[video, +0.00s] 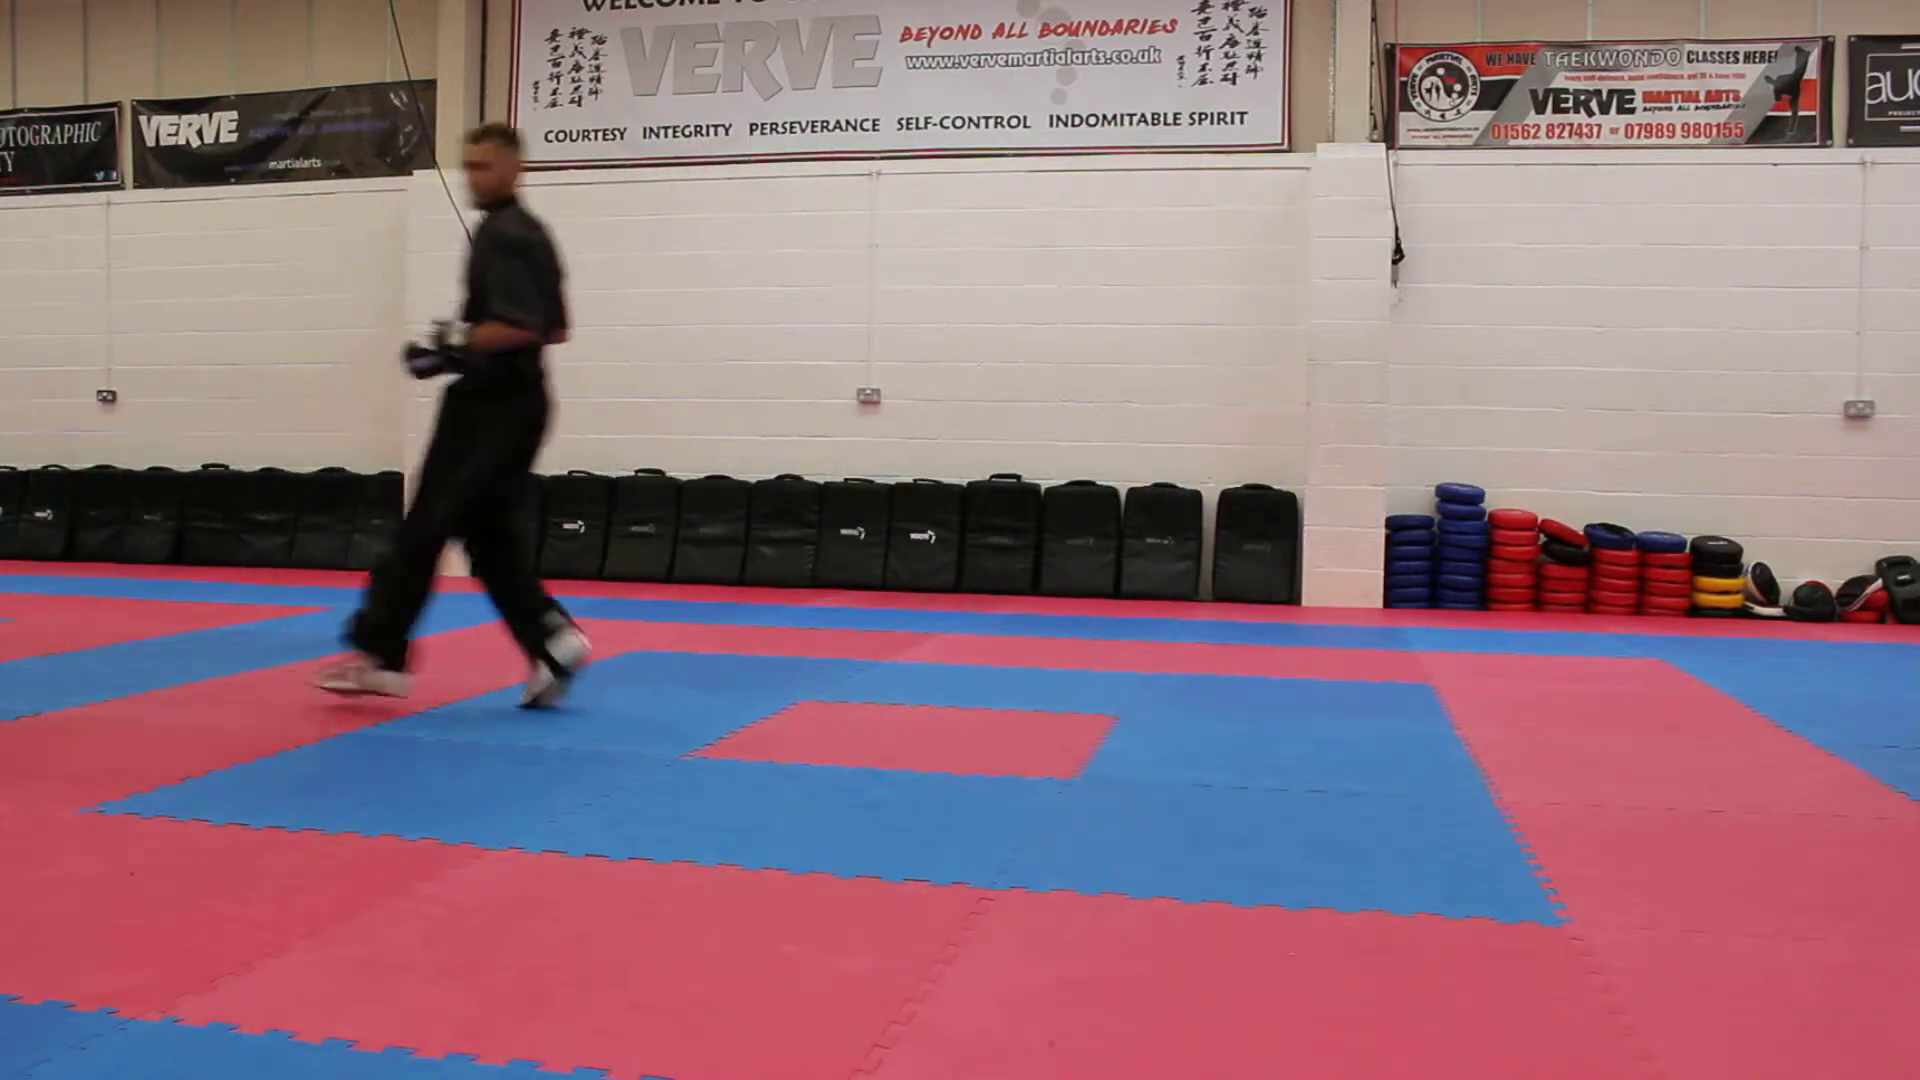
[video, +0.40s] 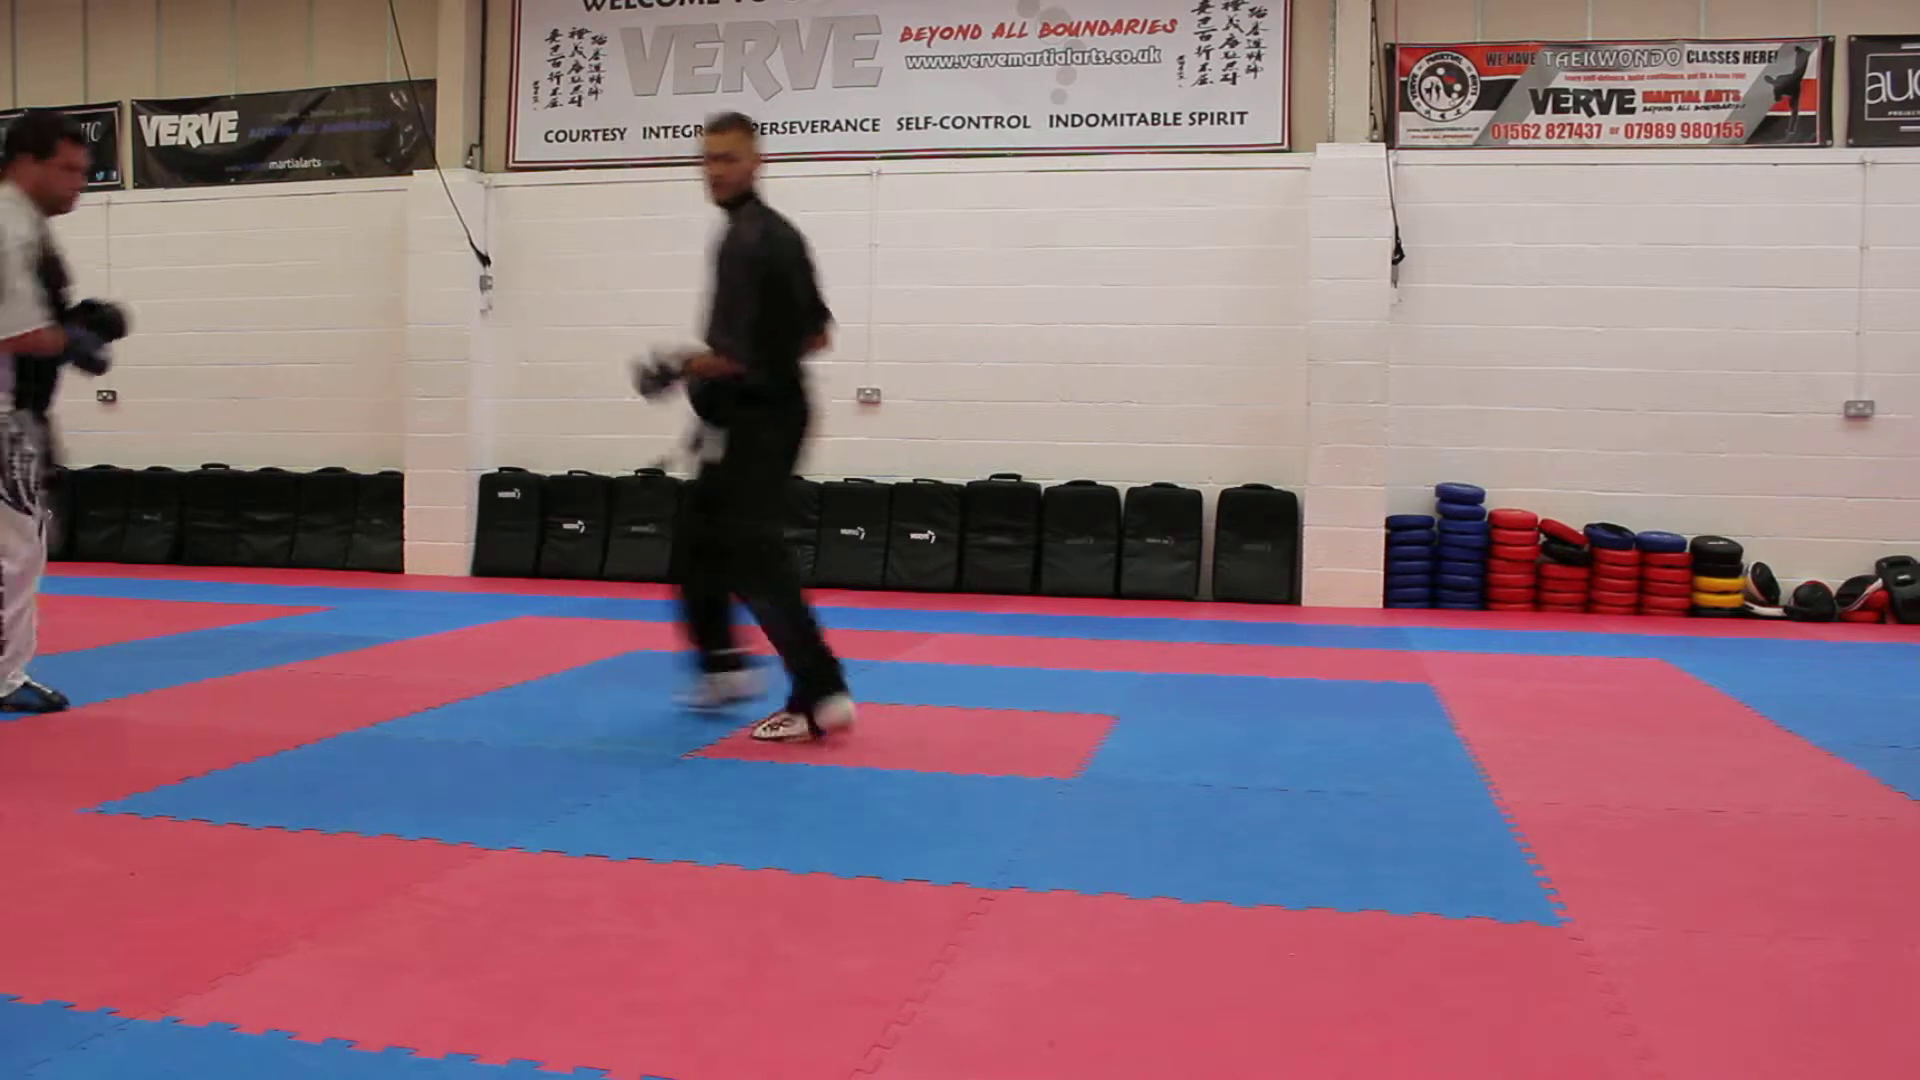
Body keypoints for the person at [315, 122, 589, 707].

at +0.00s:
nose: (471, 176)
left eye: (482, 166)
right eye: (468, 166)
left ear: (513, 168)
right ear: (477, 169)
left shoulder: (504, 235)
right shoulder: (523, 232)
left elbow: (523, 326)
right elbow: (554, 326)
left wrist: (455, 348)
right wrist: (470, 338)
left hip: (490, 403)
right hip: (516, 401)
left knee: (428, 522)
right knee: (488, 530)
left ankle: (381, 656)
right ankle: (551, 641)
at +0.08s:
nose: (523, 182)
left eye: (535, 171)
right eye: (518, 171)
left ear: (564, 172)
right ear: (514, 172)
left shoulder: (550, 245)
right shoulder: (569, 240)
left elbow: (549, 344)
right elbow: (594, 335)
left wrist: (483, 357)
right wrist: (507, 346)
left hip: (527, 411)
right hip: (560, 409)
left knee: (462, 527)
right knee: (527, 533)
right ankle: (578, 662)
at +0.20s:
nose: (597, 170)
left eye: (608, 159)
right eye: (590, 160)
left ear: (631, 161)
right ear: (585, 165)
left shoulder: (616, 230)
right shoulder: (640, 227)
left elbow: (610, 331)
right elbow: (690, 311)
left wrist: (558, 319)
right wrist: (636, 349)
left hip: (609, 404)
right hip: (632, 403)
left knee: (566, 535)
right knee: (579, 536)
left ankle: (646, 646)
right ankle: (583, 675)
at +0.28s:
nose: (644, 157)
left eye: (655, 145)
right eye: (637, 146)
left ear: (680, 148)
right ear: (634, 151)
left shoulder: (661, 219)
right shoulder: (700, 214)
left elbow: (658, 322)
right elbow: (752, 298)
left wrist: (608, 317)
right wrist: (691, 332)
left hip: (666, 390)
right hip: (687, 387)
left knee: (644, 526)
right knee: (636, 523)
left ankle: (740, 653)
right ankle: (593, 661)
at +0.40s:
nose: (717, 170)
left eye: (729, 158)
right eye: (710, 159)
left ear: (757, 161)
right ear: (705, 164)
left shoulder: (759, 239)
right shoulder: (759, 233)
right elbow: (815, 330)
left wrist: (704, 367)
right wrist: (735, 353)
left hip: (764, 420)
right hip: (748, 416)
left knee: (750, 547)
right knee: (697, 533)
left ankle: (822, 693)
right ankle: (721, 664)